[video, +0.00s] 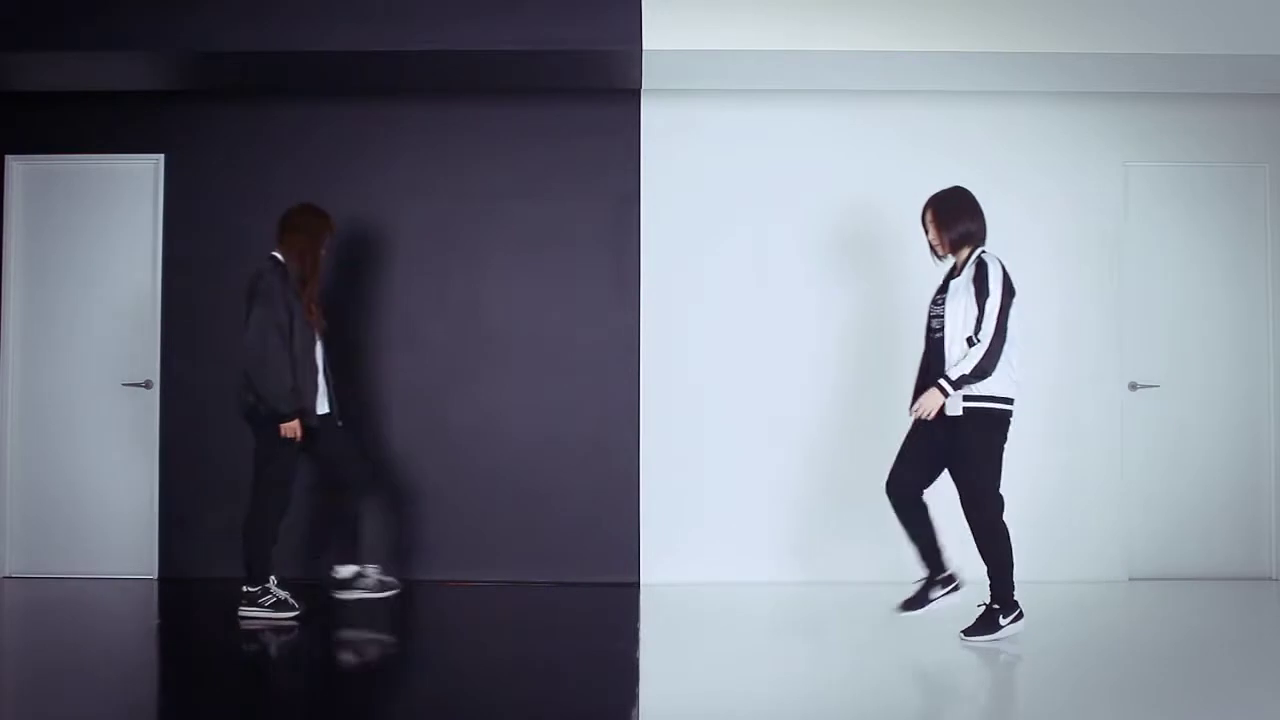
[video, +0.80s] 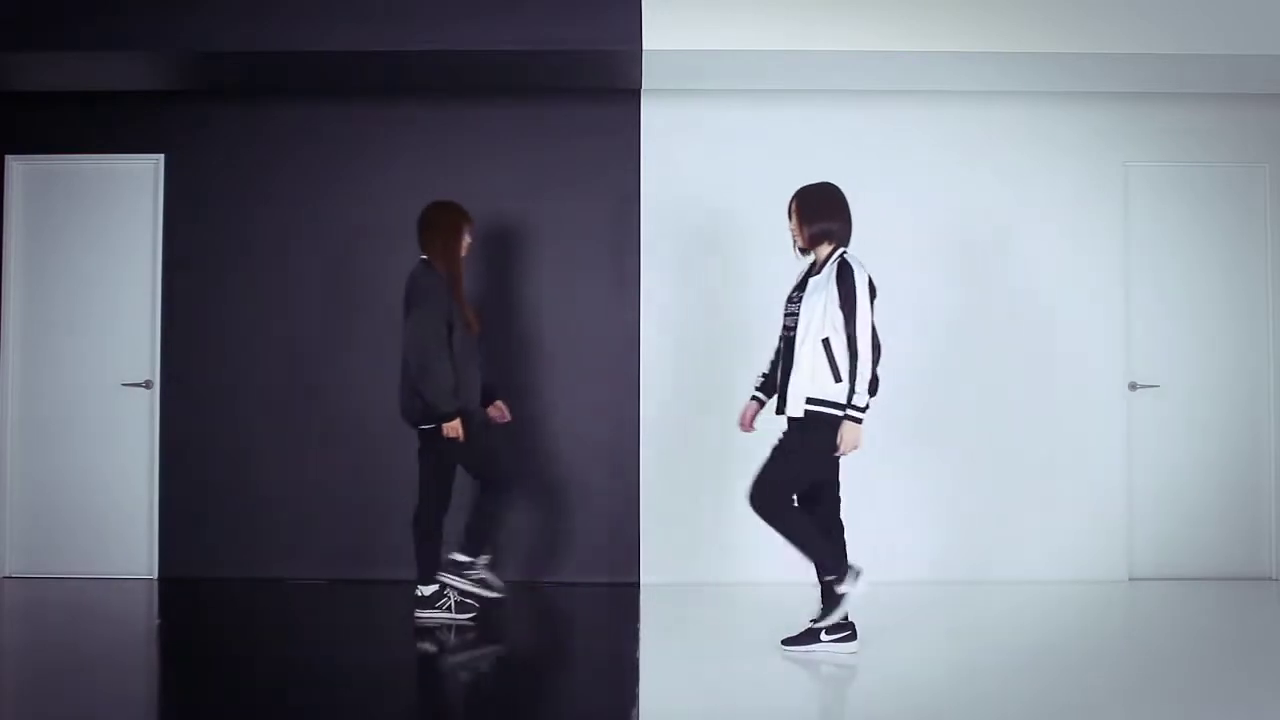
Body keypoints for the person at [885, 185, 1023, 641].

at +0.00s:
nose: (929, 239)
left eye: (933, 228)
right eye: (926, 230)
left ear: (957, 225)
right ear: (950, 230)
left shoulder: (989, 268)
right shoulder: (952, 277)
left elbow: (988, 345)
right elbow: (943, 347)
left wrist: (943, 389)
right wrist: (928, 395)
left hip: (982, 410)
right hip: (944, 407)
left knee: (981, 506)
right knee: (902, 487)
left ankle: (1005, 602)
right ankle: (938, 574)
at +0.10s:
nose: (913, 238)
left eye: (918, 228)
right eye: (911, 229)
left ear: (940, 225)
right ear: (933, 229)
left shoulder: (972, 269)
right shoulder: (936, 278)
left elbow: (975, 347)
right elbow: (935, 347)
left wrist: (935, 395)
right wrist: (918, 399)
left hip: (967, 413)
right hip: (928, 413)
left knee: (975, 508)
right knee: (893, 500)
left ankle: (1004, 602)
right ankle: (891, 601)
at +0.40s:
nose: (856, 241)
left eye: (860, 232)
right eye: (855, 233)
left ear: (882, 232)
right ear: (885, 233)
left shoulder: (910, 279)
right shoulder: (877, 285)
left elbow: (923, 351)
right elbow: (876, 356)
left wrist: (923, 421)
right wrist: (856, 417)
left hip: (897, 428)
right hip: (863, 428)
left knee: (929, 519)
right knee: (851, 526)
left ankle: (987, 591)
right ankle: (838, 619)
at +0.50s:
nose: (835, 233)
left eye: (839, 224)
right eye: (835, 225)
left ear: (861, 225)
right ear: (863, 225)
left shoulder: (891, 274)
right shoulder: (852, 282)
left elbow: (910, 346)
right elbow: (847, 352)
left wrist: (907, 414)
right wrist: (828, 411)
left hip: (877, 421)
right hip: (839, 421)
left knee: (896, 513)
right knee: (838, 518)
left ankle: (964, 585)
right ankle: (837, 619)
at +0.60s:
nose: (818, 229)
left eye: (823, 221)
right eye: (818, 221)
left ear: (845, 222)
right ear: (844, 222)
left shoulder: (875, 272)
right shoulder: (831, 282)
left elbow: (899, 346)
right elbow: (817, 353)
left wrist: (889, 411)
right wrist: (801, 409)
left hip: (857, 415)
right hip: (822, 416)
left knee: (853, 514)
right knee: (828, 519)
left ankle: (932, 577)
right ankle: (836, 620)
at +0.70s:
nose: (804, 230)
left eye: (809, 221)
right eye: (804, 220)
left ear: (831, 222)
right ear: (833, 224)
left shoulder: (863, 272)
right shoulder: (817, 282)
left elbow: (881, 346)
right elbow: (801, 349)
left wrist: (868, 414)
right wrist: (778, 401)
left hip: (841, 415)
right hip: (812, 413)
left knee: (810, 511)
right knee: (823, 514)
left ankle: (885, 567)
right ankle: (834, 619)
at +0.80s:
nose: (791, 229)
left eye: (795, 220)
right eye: (791, 220)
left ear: (815, 221)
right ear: (827, 220)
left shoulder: (850, 273)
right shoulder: (808, 277)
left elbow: (866, 348)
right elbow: (789, 348)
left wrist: (855, 416)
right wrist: (759, 396)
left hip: (824, 415)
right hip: (805, 414)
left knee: (765, 497)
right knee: (823, 511)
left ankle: (839, 573)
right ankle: (835, 619)